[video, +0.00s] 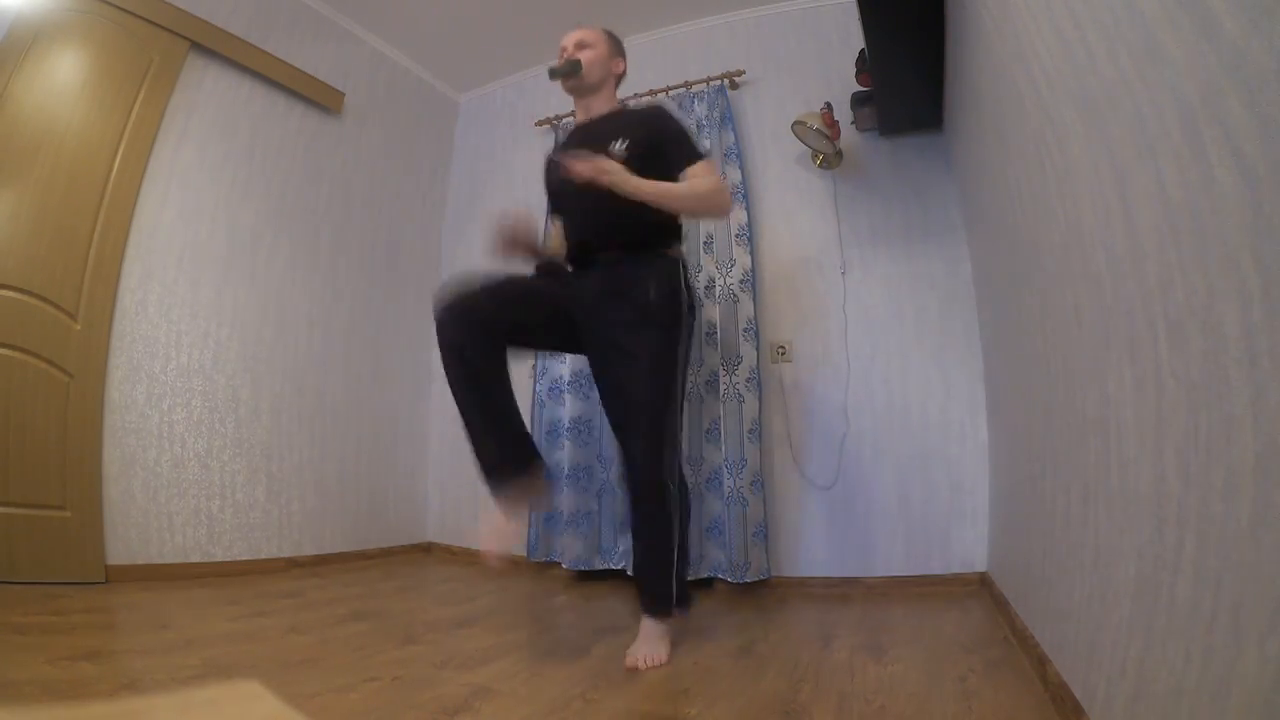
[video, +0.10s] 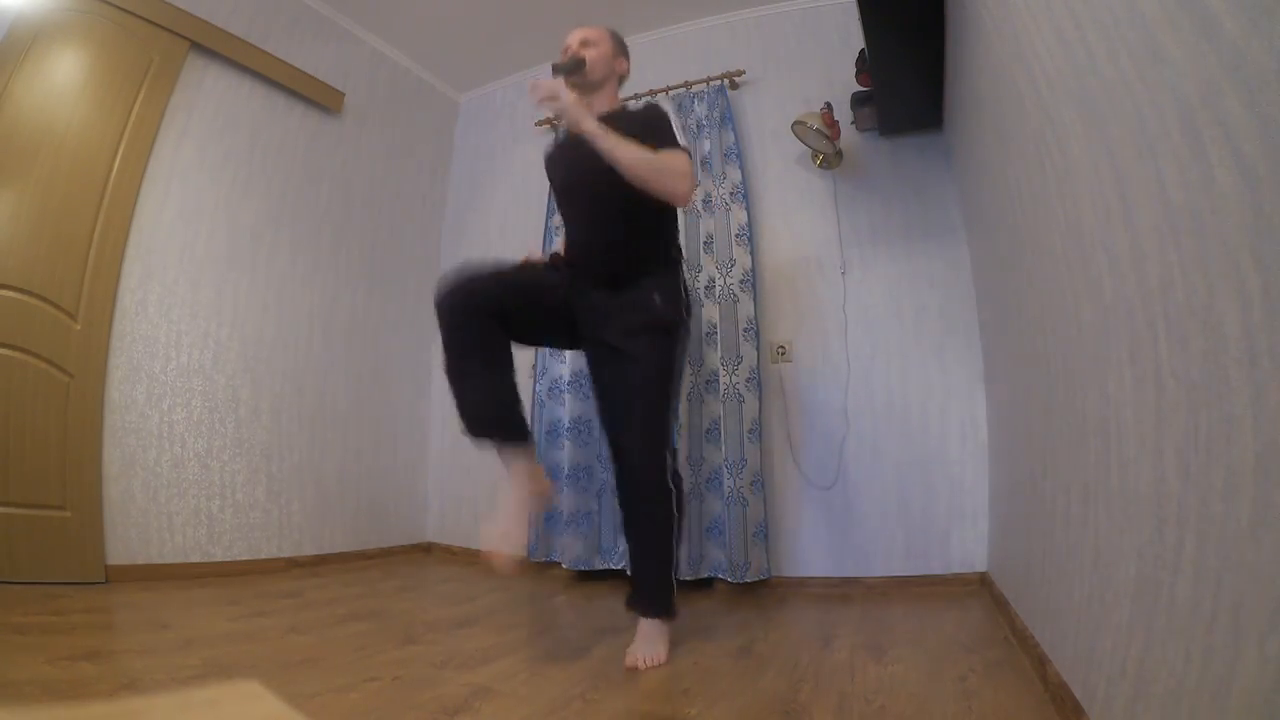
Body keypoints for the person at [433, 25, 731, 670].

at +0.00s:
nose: (567, 53)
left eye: (583, 45)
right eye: (561, 49)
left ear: (618, 65)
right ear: (558, 75)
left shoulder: (651, 123)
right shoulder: (561, 152)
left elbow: (717, 199)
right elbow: (571, 251)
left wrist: (626, 181)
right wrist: (531, 244)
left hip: (644, 298)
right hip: (577, 296)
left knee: (648, 458)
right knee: (463, 313)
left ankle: (656, 612)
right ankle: (516, 478)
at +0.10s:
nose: (570, 55)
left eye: (586, 45)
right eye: (564, 50)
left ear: (622, 66)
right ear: (558, 72)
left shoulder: (647, 119)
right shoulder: (561, 152)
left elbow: (680, 186)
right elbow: (590, 239)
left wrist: (589, 125)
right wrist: (547, 260)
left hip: (642, 305)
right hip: (578, 296)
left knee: (641, 461)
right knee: (463, 298)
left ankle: (653, 613)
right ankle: (522, 471)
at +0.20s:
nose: (574, 31)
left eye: (590, 23)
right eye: (567, 27)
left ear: (620, 45)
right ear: (560, 54)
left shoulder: (653, 108)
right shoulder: (549, 125)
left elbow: (693, 187)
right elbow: (553, 195)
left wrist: (608, 137)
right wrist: (540, 221)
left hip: (638, 263)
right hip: (569, 270)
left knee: (613, 383)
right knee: (516, 410)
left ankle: (640, 559)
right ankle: (570, 567)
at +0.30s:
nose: (571, 44)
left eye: (587, 37)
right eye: (565, 41)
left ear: (620, 59)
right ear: (559, 69)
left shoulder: (655, 137)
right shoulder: (537, 145)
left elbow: (698, 227)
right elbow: (501, 242)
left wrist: (644, 212)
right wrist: (491, 222)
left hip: (639, 288)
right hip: (565, 296)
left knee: (593, 237)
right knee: (579, 456)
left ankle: (619, 437)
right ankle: (603, 613)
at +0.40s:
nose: (561, 42)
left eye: (577, 34)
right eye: (554, 40)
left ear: (610, 56)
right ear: (547, 67)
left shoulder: (650, 127)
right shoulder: (536, 143)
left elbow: (702, 200)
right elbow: (499, 235)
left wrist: (668, 213)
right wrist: (484, 190)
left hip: (642, 280)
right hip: (567, 291)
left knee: (576, 272)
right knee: (562, 443)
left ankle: (600, 483)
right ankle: (590, 604)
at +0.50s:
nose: (555, 37)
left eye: (571, 28)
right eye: (550, 34)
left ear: (607, 49)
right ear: (546, 61)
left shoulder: (646, 106)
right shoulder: (546, 138)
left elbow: (714, 180)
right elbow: (552, 231)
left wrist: (648, 188)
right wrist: (515, 220)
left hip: (633, 273)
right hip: (567, 276)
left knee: (601, 419)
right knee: (472, 374)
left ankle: (618, 599)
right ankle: (535, 535)